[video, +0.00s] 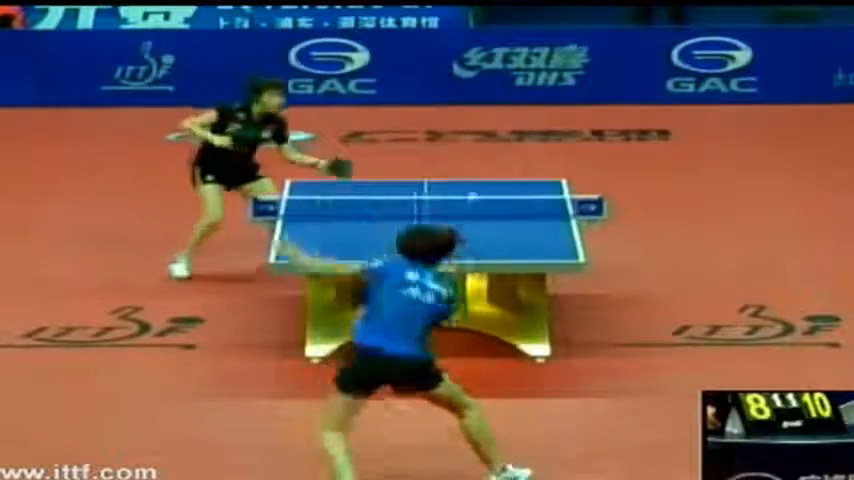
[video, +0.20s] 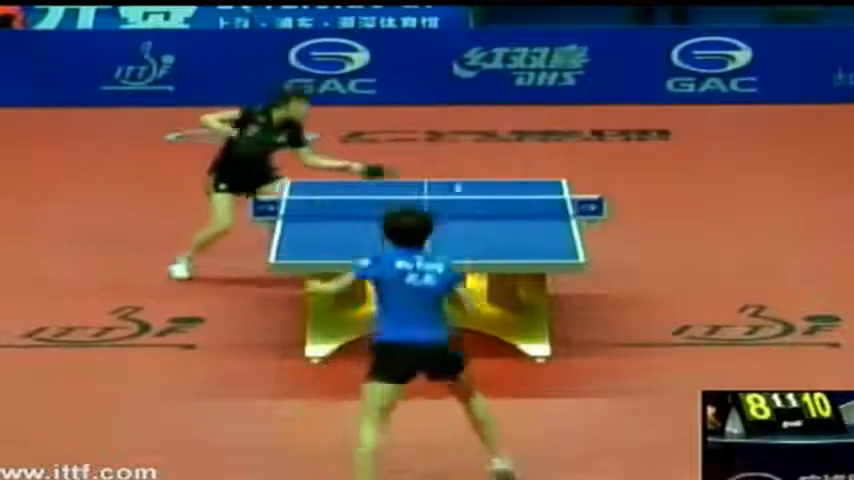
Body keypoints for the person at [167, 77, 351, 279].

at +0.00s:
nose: (278, 101)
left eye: (281, 97)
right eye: (273, 96)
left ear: (281, 100)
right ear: (259, 97)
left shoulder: (276, 124)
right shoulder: (231, 113)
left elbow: (288, 154)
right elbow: (189, 124)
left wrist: (318, 163)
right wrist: (213, 138)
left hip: (243, 167)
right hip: (212, 165)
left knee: (275, 207)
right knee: (213, 219)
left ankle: (282, 254)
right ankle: (184, 257)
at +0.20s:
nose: (305, 110)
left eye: (306, 105)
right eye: (302, 104)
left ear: (298, 107)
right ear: (288, 103)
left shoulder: (292, 130)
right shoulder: (253, 116)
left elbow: (309, 159)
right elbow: (208, 119)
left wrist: (350, 166)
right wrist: (229, 132)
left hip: (259, 175)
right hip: (227, 174)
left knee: (293, 209)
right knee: (224, 224)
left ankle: (293, 259)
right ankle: (186, 259)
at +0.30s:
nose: (339, 115)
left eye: (341, 110)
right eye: (337, 109)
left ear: (331, 111)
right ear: (321, 106)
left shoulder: (324, 134)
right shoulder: (287, 115)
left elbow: (342, 161)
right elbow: (260, 114)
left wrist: (381, 164)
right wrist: (241, 113)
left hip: (281, 179)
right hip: (249, 174)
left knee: (299, 219)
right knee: (234, 219)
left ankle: (303, 264)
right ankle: (188, 259)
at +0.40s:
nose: (363, 119)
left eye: (365, 115)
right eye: (362, 113)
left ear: (354, 113)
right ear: (347, 107)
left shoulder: (347, 134)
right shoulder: (308, 115)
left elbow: (362, 163)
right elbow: (276, 111)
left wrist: (398, 164)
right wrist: (251, 109)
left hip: (308, 180)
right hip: (271, 176)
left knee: (333, 216)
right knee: (238, 222)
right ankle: (194, 260)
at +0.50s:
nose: (383, 124)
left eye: (385, 120)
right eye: (382, 118)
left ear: (376, 118)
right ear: (368, 112)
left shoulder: (372, 137)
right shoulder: (327, 113)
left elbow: (386, 164)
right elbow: (284, 105)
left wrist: (414, 167)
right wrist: (249, 100)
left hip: (333, 175)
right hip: (297, 170)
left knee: (354, 212)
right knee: (264, 208)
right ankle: (243, 256)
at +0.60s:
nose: (397, 123)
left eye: (399, 119)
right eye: (396, 118)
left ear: (391, 118)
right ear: (383, 112)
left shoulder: (386, 137)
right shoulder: (341, 112)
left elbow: (398, 165)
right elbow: (298, 102)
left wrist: (427, 168)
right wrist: (260, 91)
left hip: (347, 179)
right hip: (308, 175)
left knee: (369, 215)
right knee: (278, 217)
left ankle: (388, 259)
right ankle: (243, 257)